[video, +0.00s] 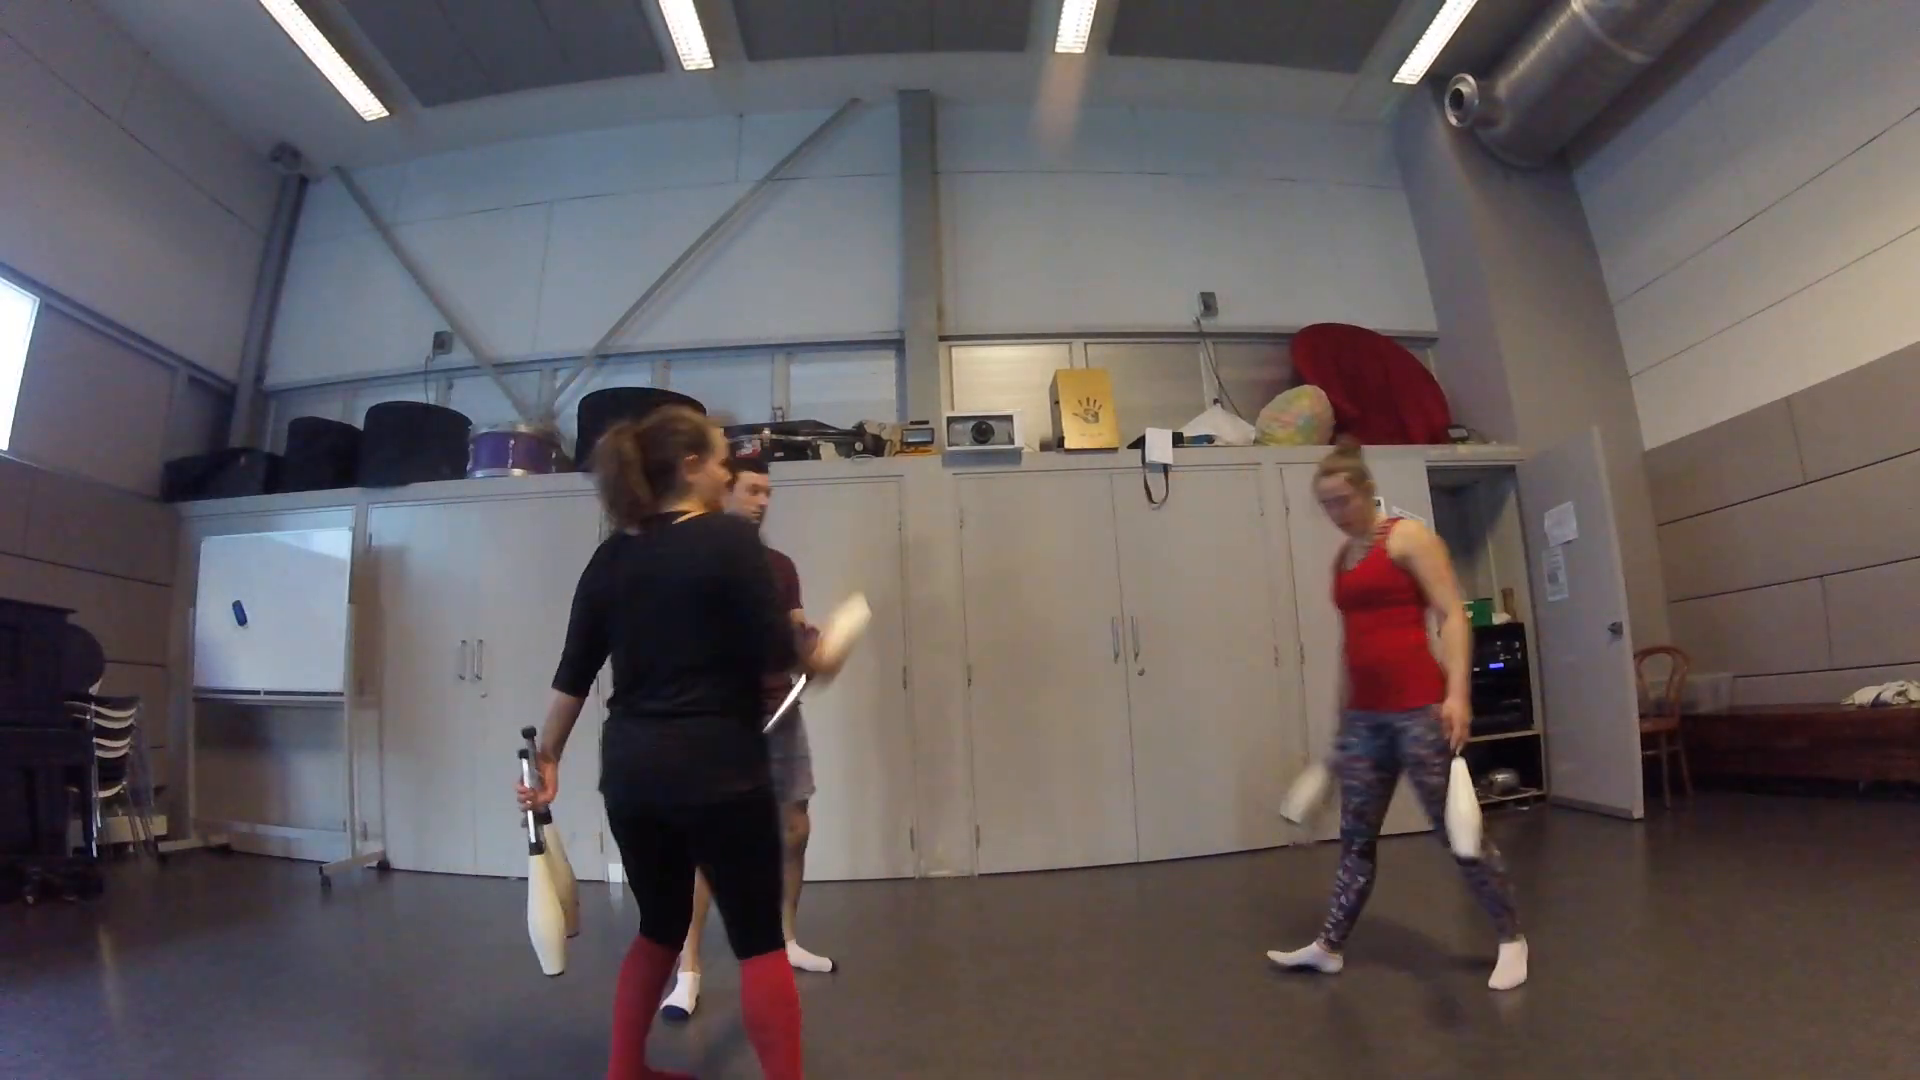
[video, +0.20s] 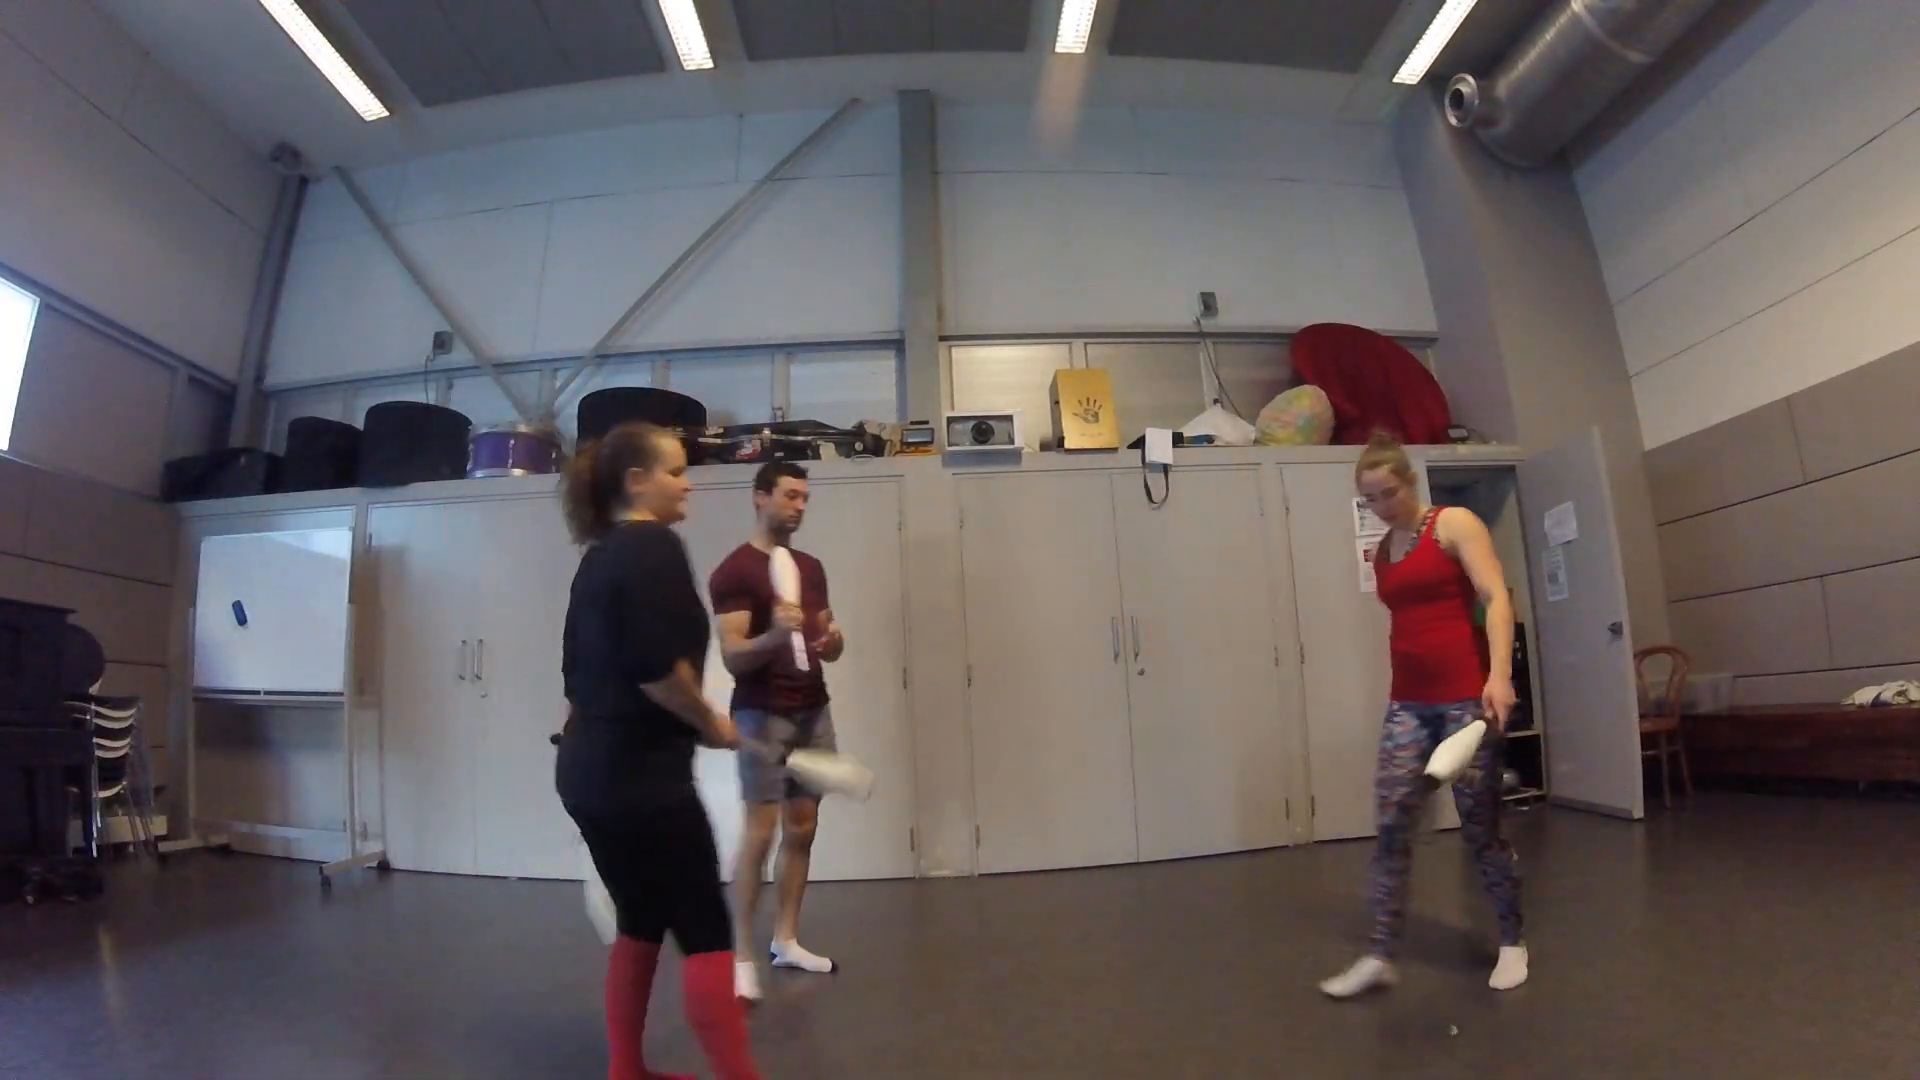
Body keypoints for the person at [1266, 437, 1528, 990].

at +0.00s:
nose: (1335, 512)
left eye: (1341, 499)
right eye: (1326, 503)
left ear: (1368, 491)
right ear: (1322, 505)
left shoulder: (1411, 538)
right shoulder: (1346, 556)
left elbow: (1453, 614)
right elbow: (1354, 644)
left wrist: (1457, 696)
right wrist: (1347, 718)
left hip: (1421, 711)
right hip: (1365, 716)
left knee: (1459, 827)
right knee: (1357, 836)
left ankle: (1511, 938)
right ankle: (1330, 944)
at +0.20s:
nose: (1379, 507)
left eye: (1386, 494)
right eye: (1370, 499)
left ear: (1411, 483)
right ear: (1366, 497)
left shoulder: (1455, 524)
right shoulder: (1388, 547)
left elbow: (1498, 596)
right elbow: (1409, 622)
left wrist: (1500, 675)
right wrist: (1404, 689)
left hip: (1466, 701)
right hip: (1408, 704)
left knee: (1482, 829)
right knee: (1393, 823)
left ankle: (1511, 942)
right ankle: (1381, 954)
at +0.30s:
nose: (1390, 505)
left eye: (1397, 492)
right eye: (1381, 496)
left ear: (1422, 480)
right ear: (1377, 494)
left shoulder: (1467, 525)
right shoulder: (1397, 542)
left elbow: (1498, 602)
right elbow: (1419, 619)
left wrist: (1489, 680)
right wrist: (1415, 689)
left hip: (1476, 702)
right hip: (1421, 706)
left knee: (1490, 829)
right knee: (1430, 831)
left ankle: (1511, 943)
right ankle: (1430, 966)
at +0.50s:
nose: (1394, 503)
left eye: (1402, 491)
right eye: (1385, 494)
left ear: (1428, 480)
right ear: (1380, 492)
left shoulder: (1472, 528)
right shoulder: (1404, 541)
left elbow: (1490, 615)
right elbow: (1426, 622)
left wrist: (1476, 695)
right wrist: (1426, 694)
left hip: (1494, 697)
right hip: (1434, 701)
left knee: (1502, 828)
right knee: (1464, 831)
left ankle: (1513, 940)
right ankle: (1486, 959)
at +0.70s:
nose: (1369, 497)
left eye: (1376, 484)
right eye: (1365, 486)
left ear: (1411, 476)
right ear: (1381, 485)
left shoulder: (1465, 526)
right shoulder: (1393, 543)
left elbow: (1501, 612)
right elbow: (1407, 631)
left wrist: (1520, 697)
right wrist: (1405, 709)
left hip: (1481, 702)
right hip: (1423, 705)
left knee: (1498, 821)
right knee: (1417, 822)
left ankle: (1514, 943)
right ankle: (1401, 950)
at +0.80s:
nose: (1358, 491)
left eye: (1367, 480)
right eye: (1355, 482)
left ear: (1401, 479)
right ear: (1377, 485)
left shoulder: (1453, 530)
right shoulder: (1381, 548)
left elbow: (1500, 611)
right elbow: (1389, 638)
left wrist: (1534, 692)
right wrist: (1377, 714)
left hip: (1468, 705)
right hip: (1409, 709)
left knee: (1491, 825)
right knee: (1400, 826)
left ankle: (1513, 944)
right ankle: (1382, 945)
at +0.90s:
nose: (1348, 488)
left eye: (1357, 477)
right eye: (1345, 478)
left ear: (1392, 479)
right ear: (1357, 484)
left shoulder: (1433, 533)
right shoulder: (1370, 545)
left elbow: (1484, 615)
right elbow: (1375, 636)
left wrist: (1525, 691)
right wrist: (1361, 708)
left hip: (1445, 711)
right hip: (1388, 715)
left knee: (1472, 831)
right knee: (1397, 836)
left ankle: (1509, 944)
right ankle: (1381, 946)